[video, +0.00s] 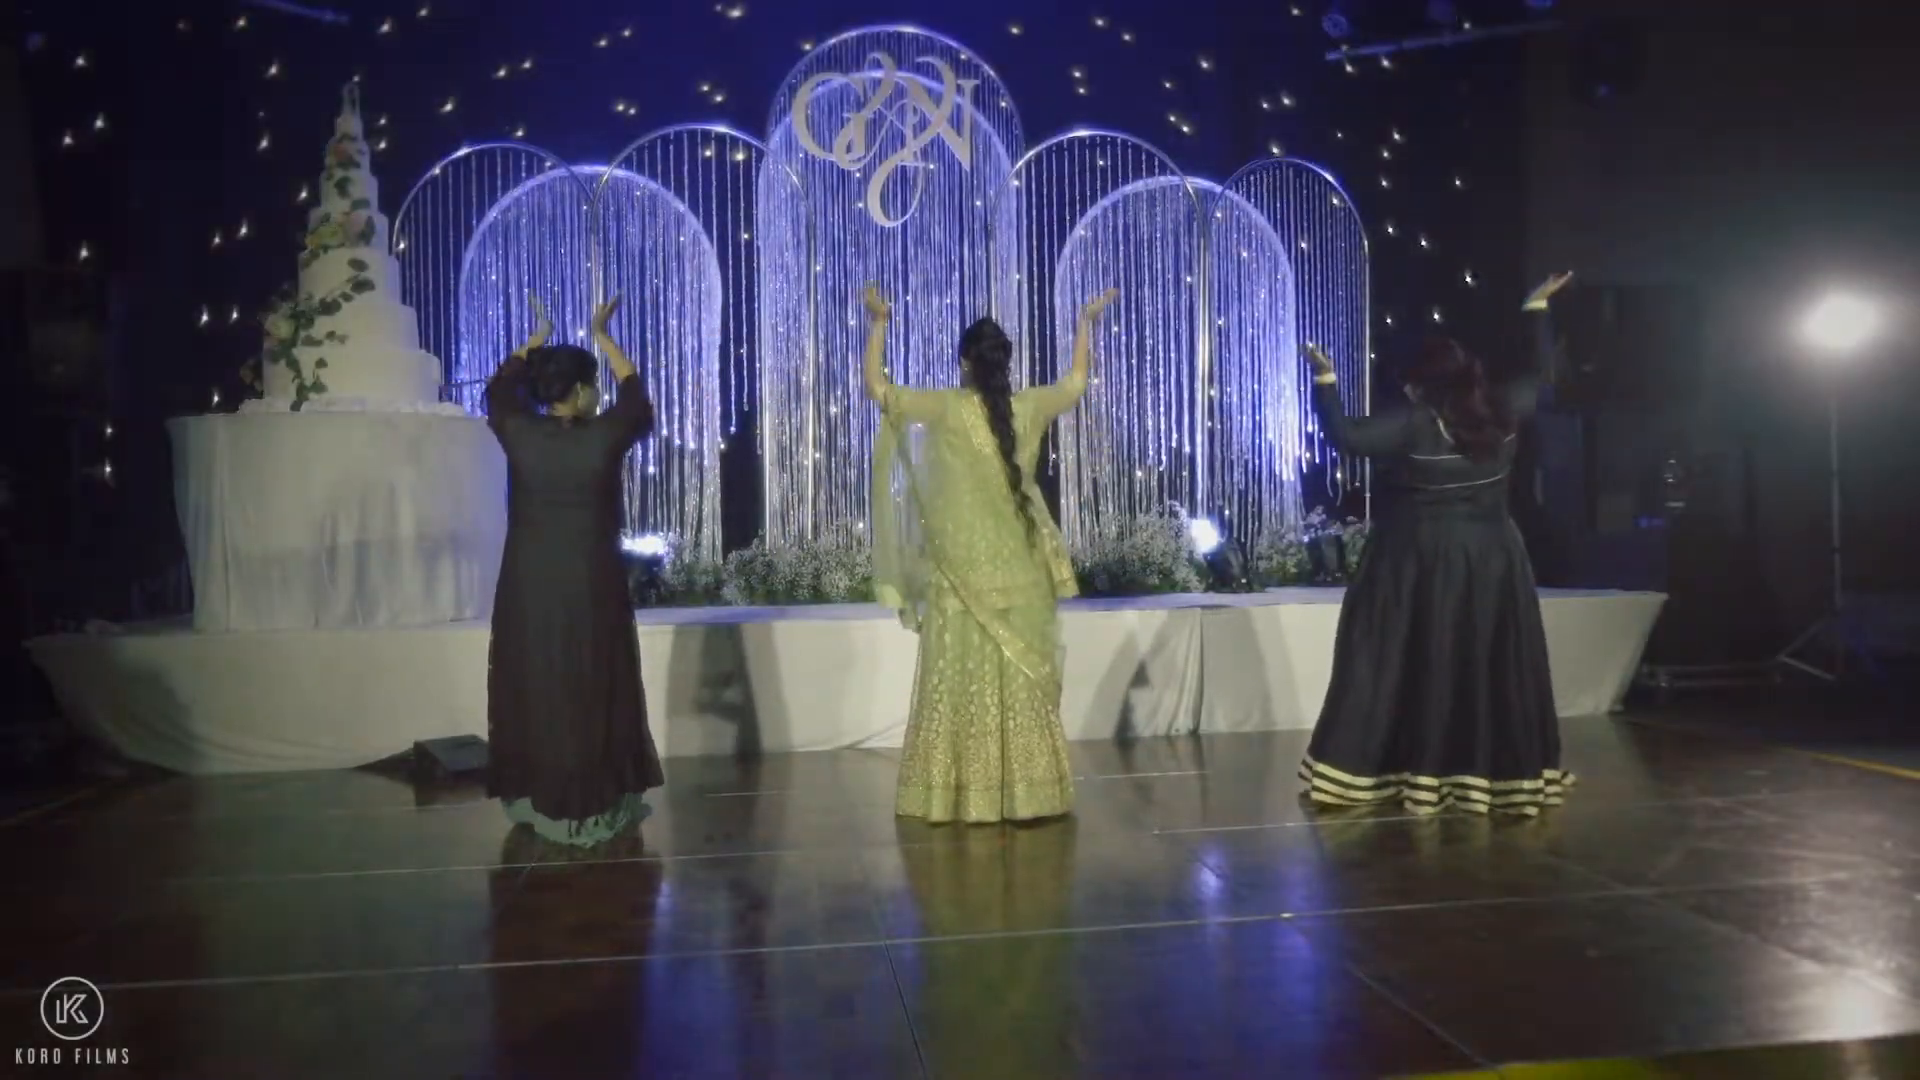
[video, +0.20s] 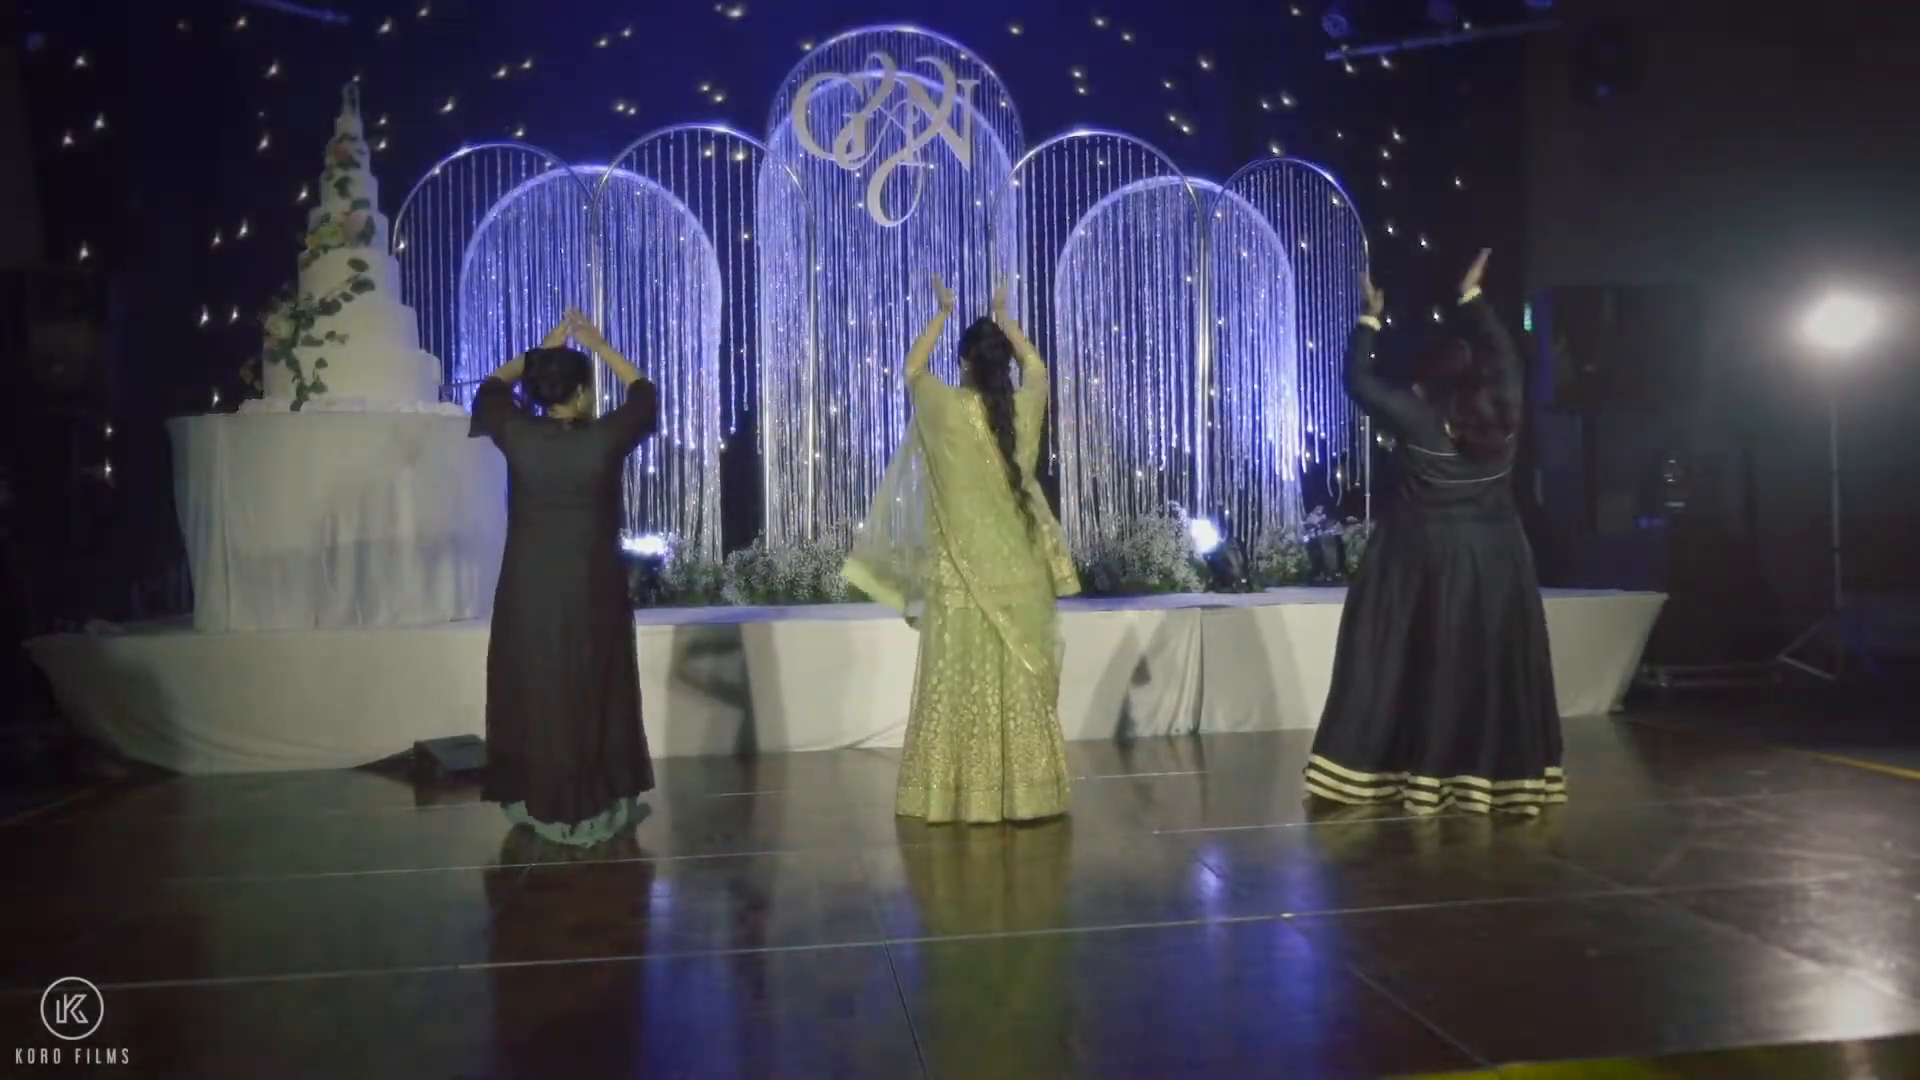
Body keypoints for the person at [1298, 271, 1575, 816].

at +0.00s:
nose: (1407, 387)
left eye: (1410, 379)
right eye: (1411, 379)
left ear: (1418, 383)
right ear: (1469, 374)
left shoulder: (1413, 424)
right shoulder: (1502, 409)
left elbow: (1348, 436)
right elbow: (1542, 373)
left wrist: (1326, 383)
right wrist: (1537, 310)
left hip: (1423, 546)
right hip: (1490, 544)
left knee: (1416, 661)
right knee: (1489, 663)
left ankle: (1415, 782)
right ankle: (1493, 782)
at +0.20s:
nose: (1413, 383)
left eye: (1417, 375)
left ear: (1425, 380)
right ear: (1476, 375)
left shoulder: (1416, 421)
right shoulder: (1503, 411)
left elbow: (1360, 380)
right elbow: (1505, 356)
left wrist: (1369, 316)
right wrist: (1473, 299)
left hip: (1430, 547)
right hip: (1496, 543)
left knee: (1426, 662)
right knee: (1495, 662)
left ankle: (1421, 783)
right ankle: (1497, 783)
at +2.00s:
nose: (1371, 396)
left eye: (1374, 388)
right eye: (1371, 387)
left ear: (1392, 388)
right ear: (1430, 377)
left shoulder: (1389, 436)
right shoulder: (1475, 410)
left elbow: (1360, 497)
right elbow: (1529, 391)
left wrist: (1321, 547)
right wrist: (1562, 346)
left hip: (1416, 556)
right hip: (1482, 551)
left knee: (1414, 662)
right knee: (1486, 660)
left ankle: (1419, 781)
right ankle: (1494, 778)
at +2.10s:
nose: (1365, 398)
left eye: (1366, 388)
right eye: (1364, 388)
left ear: (1382, 386)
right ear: (1420, 374)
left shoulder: (1383, 430)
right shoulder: (1463, 411)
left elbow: (1357, 491)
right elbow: (1517, 412)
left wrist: (1324, 545)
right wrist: (1578, 409)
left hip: (1407, 555)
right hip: (1470, 547)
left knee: (1409, 663)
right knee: (1477, 659)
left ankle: (1414, 778)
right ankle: (1485, 777)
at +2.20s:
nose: (1356, 396)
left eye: (1359, 387)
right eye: (1354, 387)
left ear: (1377, 385)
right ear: (1411, 376)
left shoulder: (1377, 426)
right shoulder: (1451, 416)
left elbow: (1354, 479)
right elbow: (1498, 425)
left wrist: (1321, 519)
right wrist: (1552, 420)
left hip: (1397, 555)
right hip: (1458, 550)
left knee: (1393, 662)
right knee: (1467, 659)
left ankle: (1388, 780)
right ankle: (1476, 779)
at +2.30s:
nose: (1336, 397)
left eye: (1339, 388)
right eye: (1335, 388)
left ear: (1362, 386)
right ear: (1386, 383)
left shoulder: (1369, 424)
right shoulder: (1424, 420)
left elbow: (1352, 468)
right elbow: (1458, 428)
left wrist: (1331, 497)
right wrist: (1496, 422)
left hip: (1386, 549)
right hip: (1438, 545)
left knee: (1379, 660)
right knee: (1445, 658)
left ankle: (1376, 774)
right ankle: (1453, 772)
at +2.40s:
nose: (1316, 400)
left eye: (1320, 390)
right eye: (1315, 390)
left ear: (1344, 388)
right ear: (1359, 385)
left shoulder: (1355, 425)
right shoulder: (1395, 423)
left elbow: (1340, 481)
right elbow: (1406, 450)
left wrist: (1324, 497)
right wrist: (1435, 434)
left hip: (1368, 550)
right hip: (1411, 546)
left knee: (1361, 660)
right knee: (1418, 657)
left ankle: (1364, 771)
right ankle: (1428, 769)